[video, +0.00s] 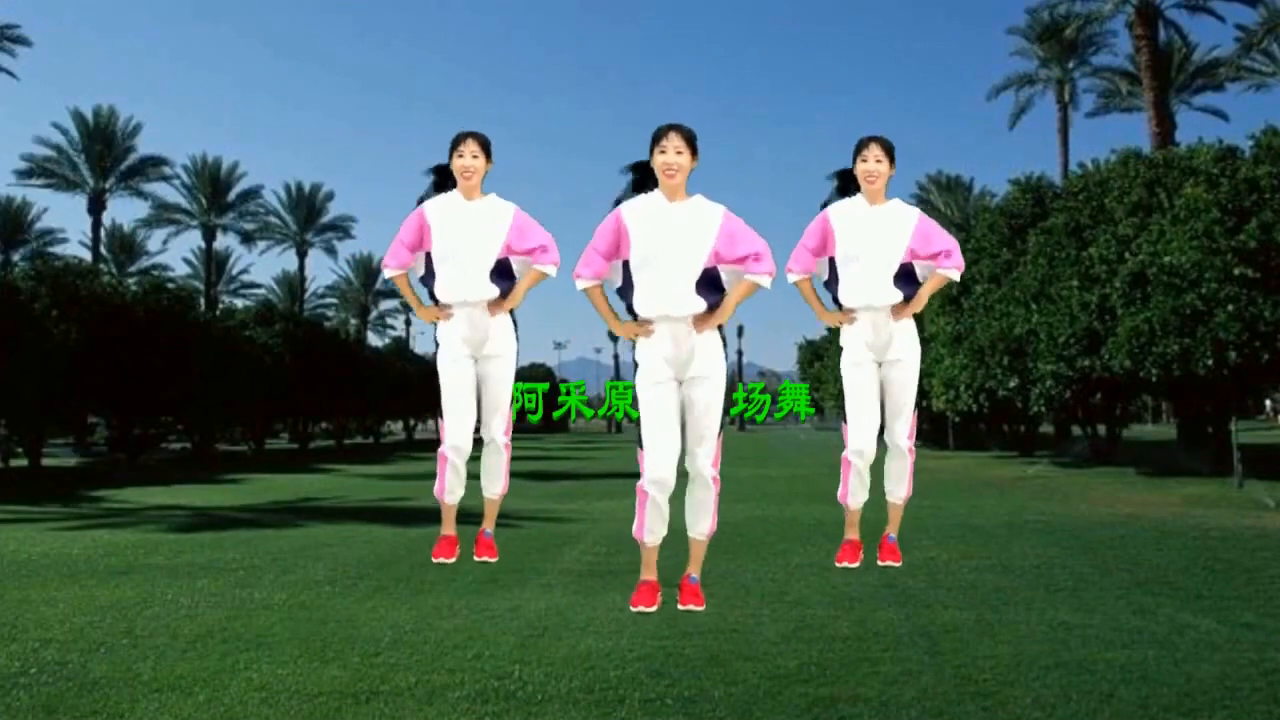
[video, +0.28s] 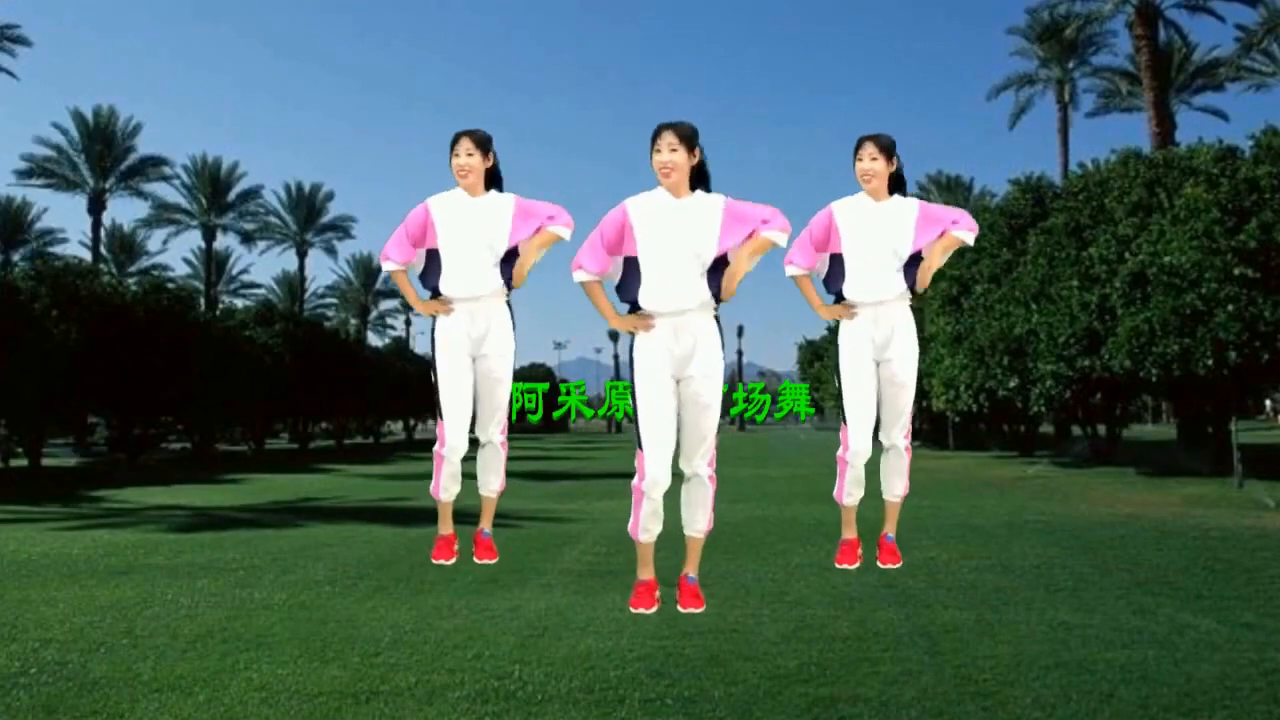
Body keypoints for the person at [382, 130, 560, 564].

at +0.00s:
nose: (467, 162)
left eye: (475, 156)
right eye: (460, 156)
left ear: (488, 165)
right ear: (451, 164)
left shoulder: (505, 212)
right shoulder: (430, 212)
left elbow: (548, 254)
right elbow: (394, 263)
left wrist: (515, 297)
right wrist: (420, 308)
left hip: (496, 325)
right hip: (452, 327)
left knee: (496, 431)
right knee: (456, 431)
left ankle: (488, 532)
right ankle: (448, 531)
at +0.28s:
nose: (462, 162)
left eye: (470, 154)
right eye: (457, 155)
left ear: (488, 161)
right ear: (450, 163)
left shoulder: (508, 205)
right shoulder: (433, 208)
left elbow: (562, 221)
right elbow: (392, 258)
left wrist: (528, 255)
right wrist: (419, 303)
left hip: (495, 316)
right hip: (450, 318)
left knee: (493, 428)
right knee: (453, 428)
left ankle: (484, 531)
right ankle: (445, 530)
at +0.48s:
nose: (465, 156)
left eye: (473, 149)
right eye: (461, 150)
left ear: (493, 155)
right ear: (455, 157)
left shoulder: (515, 198)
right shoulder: (438, 202)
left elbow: (569, 212)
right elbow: (394, 248)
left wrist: (541, 198)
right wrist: (421, 294)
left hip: (494, 310)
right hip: (449, 310)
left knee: (491, 426)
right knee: (448, 428)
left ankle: (487, 531)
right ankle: (444, 530)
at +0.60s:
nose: (469, 179)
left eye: (478, 172)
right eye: (465, 172)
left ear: (498, 179)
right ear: (460, 179)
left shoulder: (512, 227)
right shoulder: (439, 221)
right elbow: (398, 270)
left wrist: (527, 232)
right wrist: (416, 318)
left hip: (496, 332)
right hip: (452, 333)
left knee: (496, 439)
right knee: (469, 440)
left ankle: (485, 533)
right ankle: (454, 514)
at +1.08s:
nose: (452, 180)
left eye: (460, 173)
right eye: (448, 173)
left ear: (479, 180)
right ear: (443, 180)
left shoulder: (497, 226)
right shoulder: (426, 225)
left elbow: (483, 261)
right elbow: (384, 261)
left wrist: (471, 206)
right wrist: (403, 306)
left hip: (468, 340)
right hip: (423, 334)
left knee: (461, 453)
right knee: (410, 441)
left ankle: (483, 529)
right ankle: (386, 523)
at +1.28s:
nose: (449, 140)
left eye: (458, 134)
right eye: (447, 133)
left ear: (479, 142)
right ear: (446, 142)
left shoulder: (496, 187)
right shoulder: (426, 187)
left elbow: (512, 217)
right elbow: (386, 223)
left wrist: (494, 162)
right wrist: (402, 267)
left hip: (471, 300)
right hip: (426, 296)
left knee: (476, 415)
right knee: (409, 408)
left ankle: (486, 522)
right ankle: (391, 497)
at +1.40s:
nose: (455, 138)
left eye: (465, 133)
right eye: (453, 132)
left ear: (486, 143)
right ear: (449, 140)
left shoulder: (497, 186)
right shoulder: (427, 183)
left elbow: (508, 224)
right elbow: (386, 223)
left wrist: (498, 166)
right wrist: (403, 272)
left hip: (476, 293)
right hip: (432, 292)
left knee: (477, 411)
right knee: (428, 410)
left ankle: (479, 521)